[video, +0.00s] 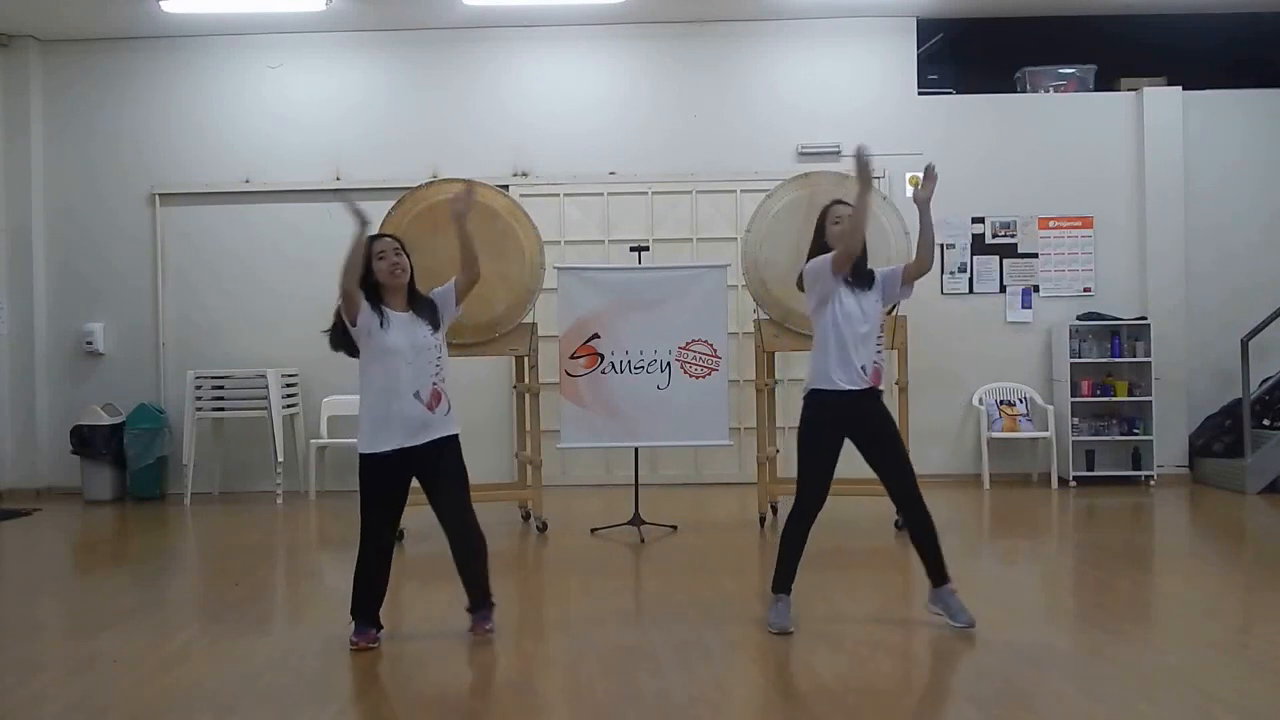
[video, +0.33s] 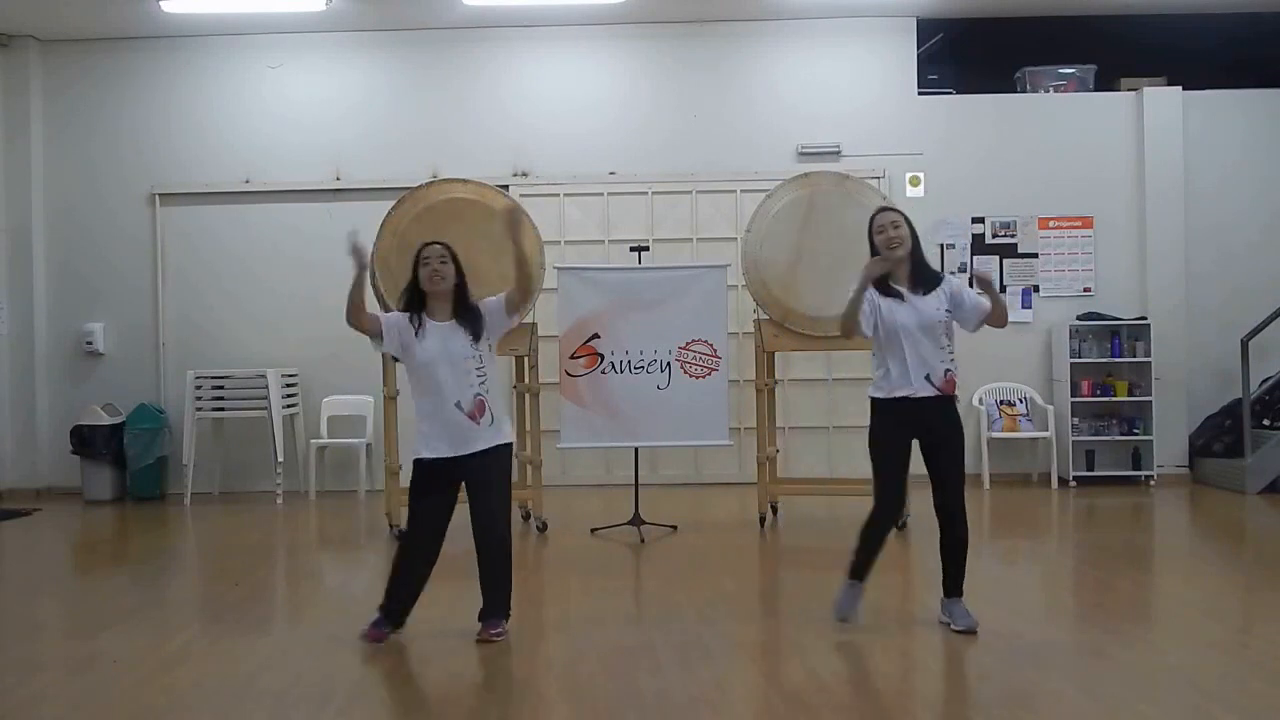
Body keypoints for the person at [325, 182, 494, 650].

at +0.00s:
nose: (392, 259)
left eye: (397, 252)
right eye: (382, 256)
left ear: (410, 264)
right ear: (371, 271)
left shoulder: (434, 310)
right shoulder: (365, 318)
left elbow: (469, 274)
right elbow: (348, 287)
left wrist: (461, 222)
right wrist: (360, 234)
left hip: (437, 438)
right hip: (382, 445)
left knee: (462, 526)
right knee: (375, 537)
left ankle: (481, 608)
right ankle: (366, 622)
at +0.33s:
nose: (435, 267)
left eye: (443, 261)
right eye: (426, 262)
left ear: (458, 273)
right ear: (416, 278)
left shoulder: (481, 317)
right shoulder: (404, 325)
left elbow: (524, 292)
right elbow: (357, 318)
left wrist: (516, 240)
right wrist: (361, 272)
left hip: (488, 445)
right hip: (434, 450)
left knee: (492, 534)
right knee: (420, 537)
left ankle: (495, 616)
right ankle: (389, 616)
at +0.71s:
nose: (462, 262)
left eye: (474, 260)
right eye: (460, 256)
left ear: (487, 279)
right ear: (450, 266)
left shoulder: (499, 319)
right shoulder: (422, 317)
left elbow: (538, 322)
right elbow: (369, 324)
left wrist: (566, 302)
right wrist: (313, 315)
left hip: (486, 447)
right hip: (433, 448)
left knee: (485, 532)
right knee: (426, 531)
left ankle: (495, 612)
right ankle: (459, 596)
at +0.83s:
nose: (455, 263)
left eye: (468, 260)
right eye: (453, 256)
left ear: (483, 277)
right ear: (444, 264)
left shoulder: (491, 317)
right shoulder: (421, 313)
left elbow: (523, 294)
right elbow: (367, 301)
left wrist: (533, 246)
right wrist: (329, 264)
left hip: (478, 445)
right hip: (428, 445)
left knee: (479, 529)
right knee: (404, 519)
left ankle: (494, 613)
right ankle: (429, 596)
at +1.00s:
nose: (437, 262)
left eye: (447, 260)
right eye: (436, 256)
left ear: (464, 276)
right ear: (427, 266)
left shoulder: (471, 318)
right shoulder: (406, 313)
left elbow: (473, 279)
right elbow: (374, 283)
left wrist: (454, 237)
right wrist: (385, 237)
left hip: (460, 443)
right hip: (408, 443)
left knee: (471, 530)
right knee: (385, 530)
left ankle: (492, 615)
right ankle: (367, 614)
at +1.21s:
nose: (407, 267)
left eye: (418, 263)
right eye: (401, 260)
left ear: (431, 279)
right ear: (390, 272)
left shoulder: (439, 322)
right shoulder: (367, 316)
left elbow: (471, 296)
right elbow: (321, 291)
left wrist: (450, 245)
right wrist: (342, 256)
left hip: (420, 448)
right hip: (367, 447)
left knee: (437, 534)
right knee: (363, 539)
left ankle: (480, 613)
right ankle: (362, 620)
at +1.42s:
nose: (392, 262)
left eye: (400, 258)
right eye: (384, 256)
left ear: (411, 272)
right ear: (370, 269)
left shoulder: (429, 319)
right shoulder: (347, 319)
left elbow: (481, 310)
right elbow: (286, 322)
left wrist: (523, 278)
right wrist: (241, 293)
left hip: (413, 448)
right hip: (357, 448)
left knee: (410, 533)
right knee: (358, 537)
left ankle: (410, 607)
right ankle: (363, 619)